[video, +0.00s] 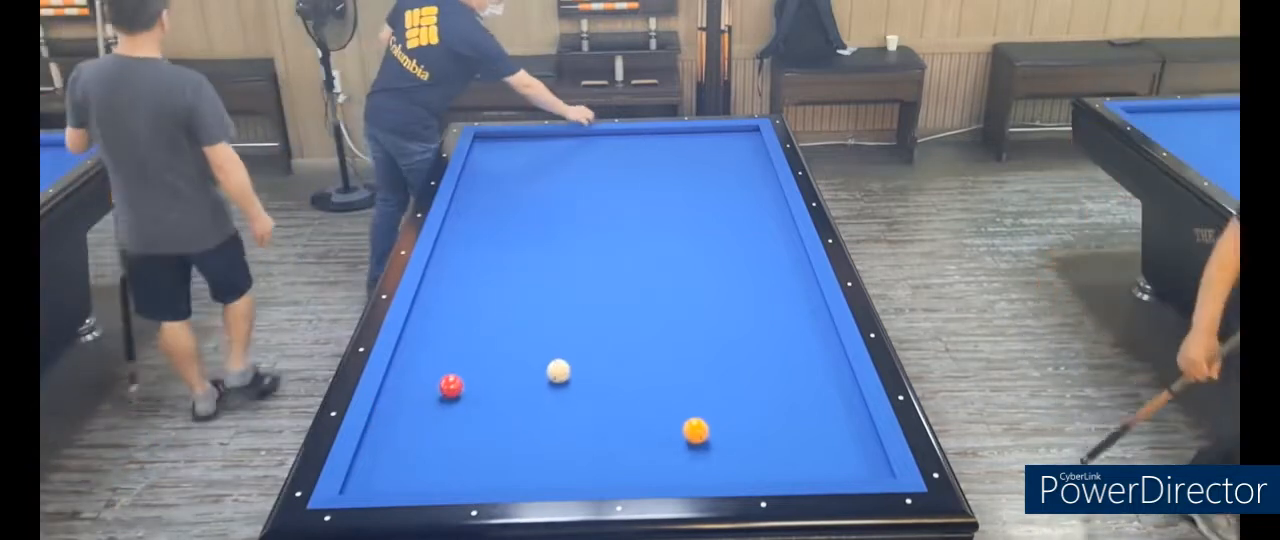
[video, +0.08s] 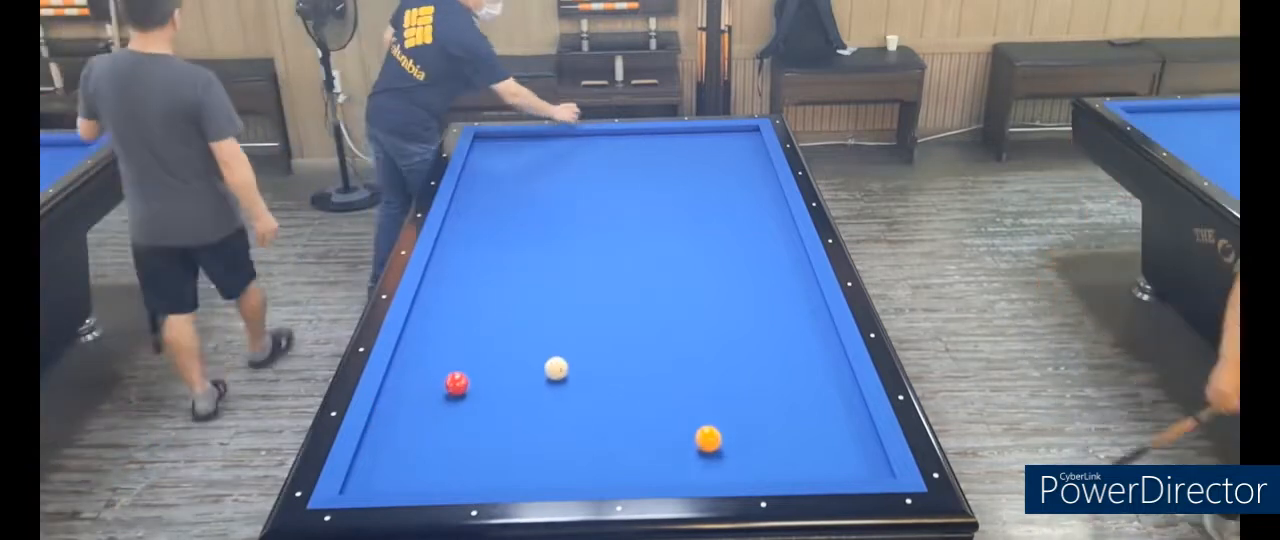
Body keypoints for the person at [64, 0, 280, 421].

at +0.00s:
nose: (170, 21)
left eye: (167, 14)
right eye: (168, 14)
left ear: (114, 22)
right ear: (162, 19)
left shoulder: (87, 79)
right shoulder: (188, 86)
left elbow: (76, 143)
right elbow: (223, 163)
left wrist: (111, 118)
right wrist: (256, 215)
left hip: (142, 233)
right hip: (201, 225)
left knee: (172, 319)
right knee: (236, 292)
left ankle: (201, 397)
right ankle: (239, 373)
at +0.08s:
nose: (180, 20)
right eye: (178, 14)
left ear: (128, 19)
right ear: (174, 18)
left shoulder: (100, 71)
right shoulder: (198, 83)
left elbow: (88, 131)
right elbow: (231, 162)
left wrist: (121, 103)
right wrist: (260, 214)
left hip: (151, 228)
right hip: (209, 222)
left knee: (175, 313)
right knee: (243, 285)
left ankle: (201, 397)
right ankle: (260, 347)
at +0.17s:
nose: (189, 20)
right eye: (187, 14)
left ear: (137, 19)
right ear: (182, 18)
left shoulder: (109, 69)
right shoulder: (206, 80)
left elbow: (96, 126)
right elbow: (236, 157)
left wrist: (131, 104)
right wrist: (264, 213)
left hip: (159, 222)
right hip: (216, 216)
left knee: (178, 307)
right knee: (246, 278)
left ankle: (201, 396)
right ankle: (263, 329)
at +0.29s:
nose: (208, 15)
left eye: (205, 9)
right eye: (206, 10)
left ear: (158, 14)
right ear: (201, 14)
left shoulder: (129, 62)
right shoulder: (223, 73)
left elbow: (116, 115)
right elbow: (250, 144)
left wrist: (156, 108)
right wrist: (274, 203)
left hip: (175, 211)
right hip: (231, 204)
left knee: (189, 289)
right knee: (255, 260)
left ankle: (199, 386)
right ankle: (259, 325)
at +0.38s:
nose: (215, 12)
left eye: (212, 6)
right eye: (214, 7)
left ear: (168, 11)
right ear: (209, 10)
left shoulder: (139, 54)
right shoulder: (230, 64)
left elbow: (126, 109)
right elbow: (257, 136)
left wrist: (159, 94)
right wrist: (280, 192)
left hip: (185, 201)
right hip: (238, 196)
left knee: (198, 273)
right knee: (260, 256)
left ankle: (198, 355)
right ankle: (260, 325)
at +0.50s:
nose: (226, 6)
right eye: (225, 3)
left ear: (185, 2)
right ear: (221, 2)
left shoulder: (154, 46)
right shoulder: (247, 53)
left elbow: (143, 102)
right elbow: (277, 119)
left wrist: (181, 94)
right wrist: (296, 166)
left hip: (200, 181)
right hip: (252, 179)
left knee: (222, 239)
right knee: (265, 250)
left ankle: (214, 309)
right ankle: (259, 325)